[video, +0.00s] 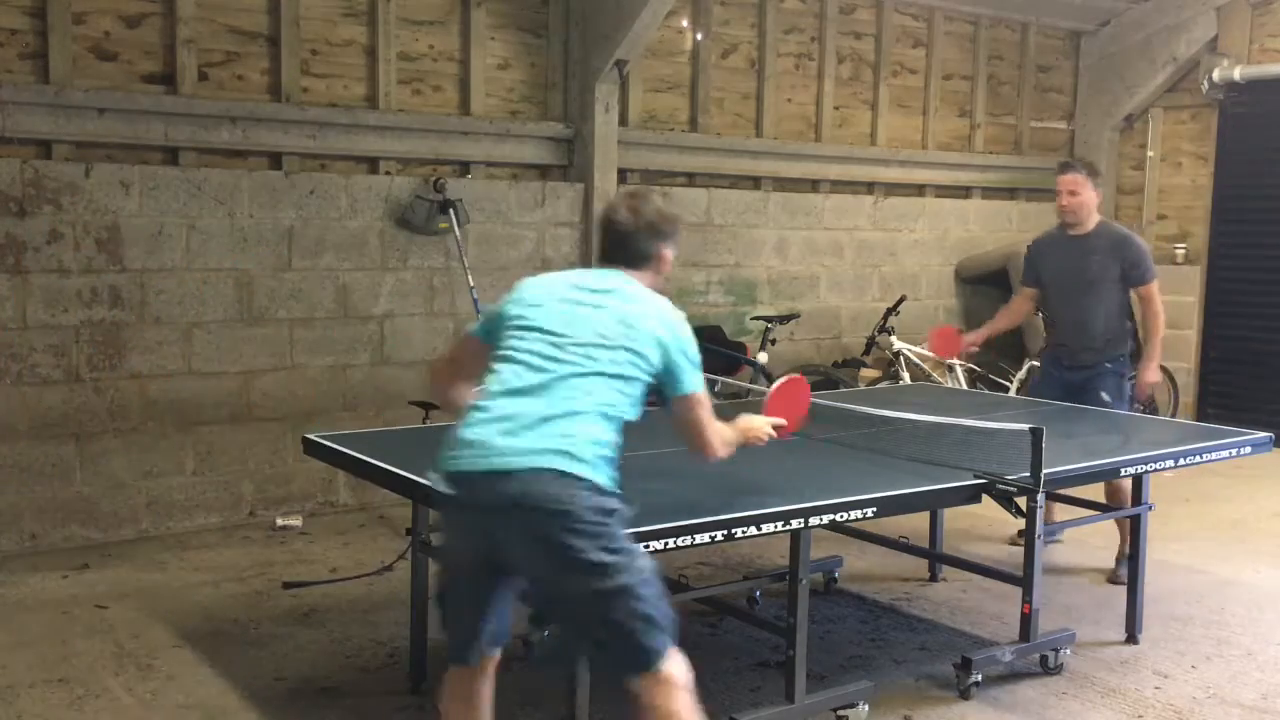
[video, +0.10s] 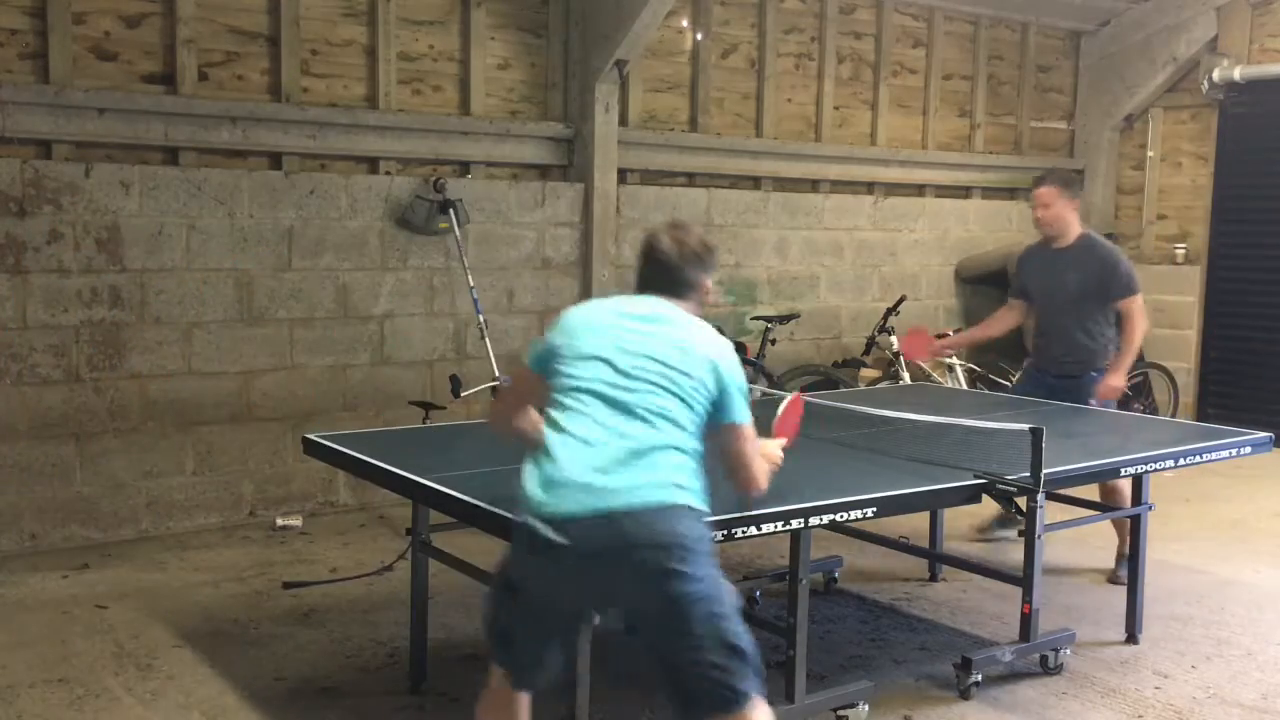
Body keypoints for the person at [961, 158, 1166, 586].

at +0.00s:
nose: (1064, 201)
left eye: (1073, 193)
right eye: (1058, 194)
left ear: (1095, 197)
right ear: (1054, 199)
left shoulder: (1124, 245)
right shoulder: (1042, 249)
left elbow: (1152, 304)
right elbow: (1024, 302)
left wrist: (1151, 361)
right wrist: (984, 332)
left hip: (1108, 369)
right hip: (1055, 366)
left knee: (1113, 461)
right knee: (1041, 448)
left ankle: (1129, 546)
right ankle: (1048, 522)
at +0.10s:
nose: (1037, 215)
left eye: (1045, 206)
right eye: (1034, 207)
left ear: (1072, 206)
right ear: (1035, 210)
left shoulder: (1105, 257)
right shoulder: (1031, 259)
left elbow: (1136, 319)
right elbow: (1013, 313)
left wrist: (1119, 373)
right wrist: (959, 339)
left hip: (1090, 381)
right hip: (1039, 376)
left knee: (1109, 468)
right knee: (1004, 435)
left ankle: (1127, 548)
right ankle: (1013, 510)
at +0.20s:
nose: (1001, 224)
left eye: (1008, 215)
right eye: (1000, 216)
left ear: (1038, 215)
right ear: (1016, 219)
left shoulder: (1074, 261)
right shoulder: (1007, 267)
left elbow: (1102, 319)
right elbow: (995, 319)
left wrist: (1080, 349)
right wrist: (948, 345)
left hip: (1071, 384)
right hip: (1021, 379)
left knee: (1093, 462)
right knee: (966, 429)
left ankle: (1125, 548)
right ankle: (929, 506)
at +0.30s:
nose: (958, 227)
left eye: (964, 218)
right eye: (956, 219)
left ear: (994, 217)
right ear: (973, 222)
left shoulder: (1031, 257)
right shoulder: (968, 270)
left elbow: (1071, 301)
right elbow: (954, 326)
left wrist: (1059, 321)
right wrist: (902, 346)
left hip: (1043, 385)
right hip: (990, 384)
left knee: (1081, 464)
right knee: (939, 441)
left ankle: (1123, 547)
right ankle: (890, 505)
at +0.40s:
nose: (910, 235)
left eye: (916, 226)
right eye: (909, 227)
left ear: (942, 225)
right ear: (925, 228)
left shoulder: (977, 262)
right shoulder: (923, 282)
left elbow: (1031, 287)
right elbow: (888, 335)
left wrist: (1040, 303)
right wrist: (834, 345)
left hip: (1007, 380)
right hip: (961, 383)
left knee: (1055, 459)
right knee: (913, 437)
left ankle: (1112, 544)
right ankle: (881, 512)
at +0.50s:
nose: (869, 246)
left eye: (875, 239)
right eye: (869, 239)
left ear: (901, 240)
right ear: (892, 241)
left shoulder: (944, 273)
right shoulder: (882, 297)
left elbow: (1002, 292)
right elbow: (847, 341)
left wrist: (1012, 305)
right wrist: (789, 351)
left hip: (984, 379)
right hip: (939, 387)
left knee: (1025, 460)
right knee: (898, 438)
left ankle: (1094, 536)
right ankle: (882, 508)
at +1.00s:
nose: (867, 227)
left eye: (874, 218)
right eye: (864, 221)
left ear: (897, 219)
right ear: (865, 226)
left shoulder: (934, 253)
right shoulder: (872, 278)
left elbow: (991, 278)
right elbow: (847, 335)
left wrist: (1013, 308)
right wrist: (825, 347)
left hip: (965, 366)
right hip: (923, 373)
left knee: (979, 445)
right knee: (892, 436)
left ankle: (1051, 507)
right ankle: (880, 513)